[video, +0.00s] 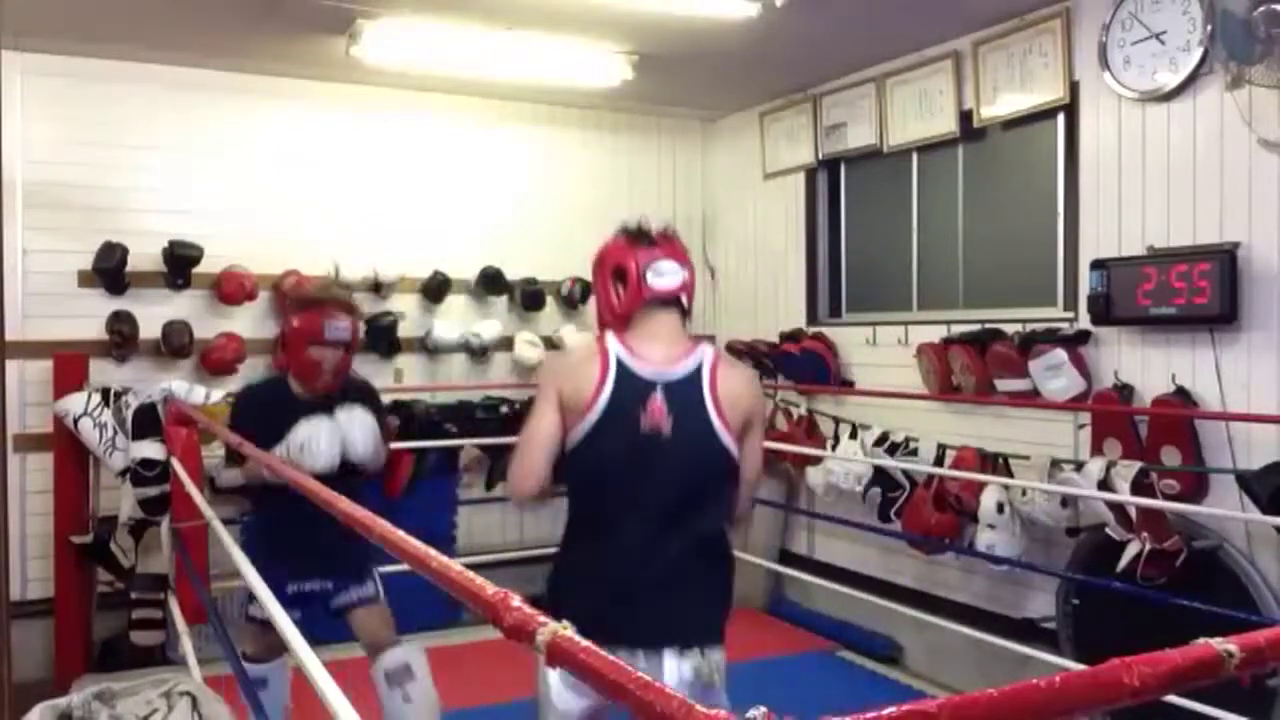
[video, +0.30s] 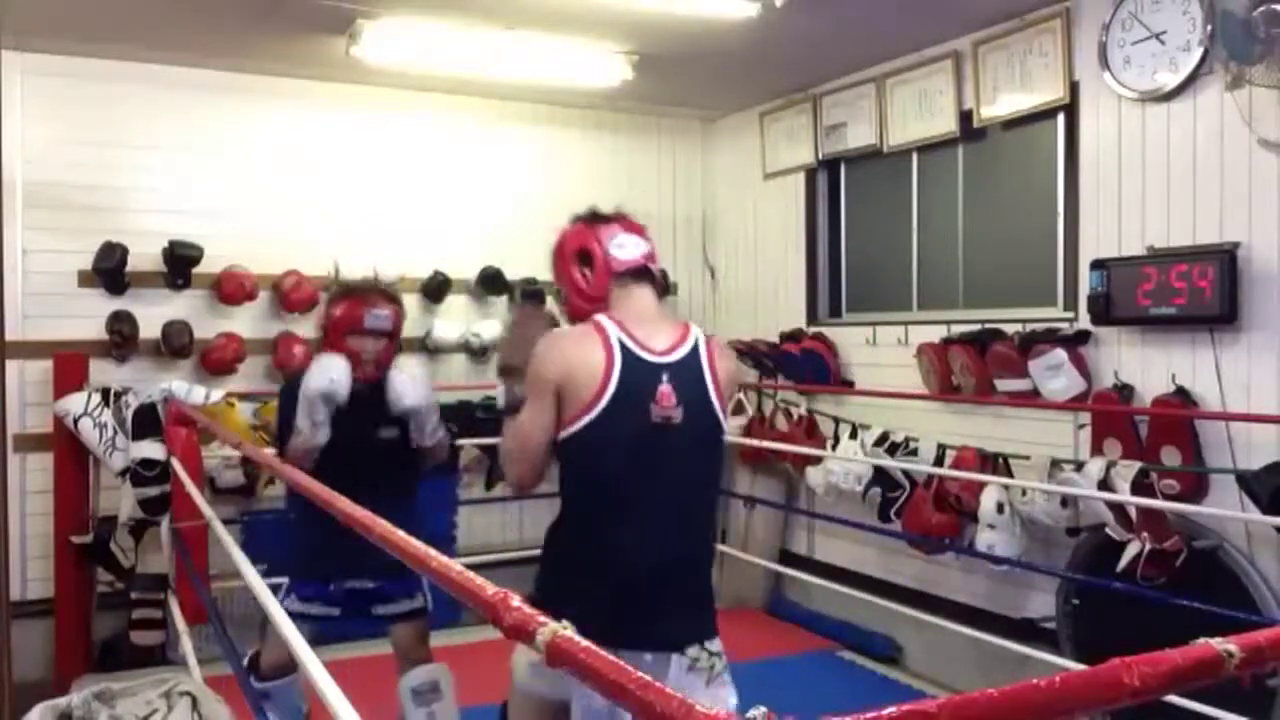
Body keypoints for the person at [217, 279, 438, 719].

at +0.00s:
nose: (332, 363)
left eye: (342, 351)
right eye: (321, 350)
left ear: (351, 352)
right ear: (291, 347)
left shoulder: (359, 393)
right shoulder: (258, 401)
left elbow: (384, 469)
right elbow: (236, 473)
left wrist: (372, 448)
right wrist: (286, 459)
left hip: (344, 540)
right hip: (275, 544)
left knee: (385, 645)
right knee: (259, 655)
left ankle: (413, 708)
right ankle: (268, 713)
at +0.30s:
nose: (370, 347)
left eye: (382, 335)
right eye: (359, 333)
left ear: (396, 341)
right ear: (333, 335)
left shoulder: (405, 387)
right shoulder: (307, 386)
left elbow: (436, 461)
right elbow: (292, 470)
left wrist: (422, 415)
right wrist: (315, 411)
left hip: (393, 533)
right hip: (316, 533)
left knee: (414, 647)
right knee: (280, 655)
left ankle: (428, 713)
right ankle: (282, 713)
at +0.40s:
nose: (374, 347)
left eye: (386, 335)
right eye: (362, 334)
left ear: (399, 341)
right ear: (337, 337)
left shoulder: (414, 383)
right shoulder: (309, 387)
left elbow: (440, 456)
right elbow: (301, 465)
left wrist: (419, 406)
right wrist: (339, 409)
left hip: (400, 537)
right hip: (325, 537)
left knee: (420, 649)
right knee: (288, 657)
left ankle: (433, 712)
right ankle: (280, 713)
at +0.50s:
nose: (376, 356)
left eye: (387, 346)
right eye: (363, 344)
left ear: (400, 349)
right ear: (337, 346)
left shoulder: (413, 393)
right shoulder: (310, 396)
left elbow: (437, 467)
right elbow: (299, 476)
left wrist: (427, 416)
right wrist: (336, 412)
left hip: (408, 547)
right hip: (334, 548)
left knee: (440, 658)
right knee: (299, 669)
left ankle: (446, 714)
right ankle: (268, 697)